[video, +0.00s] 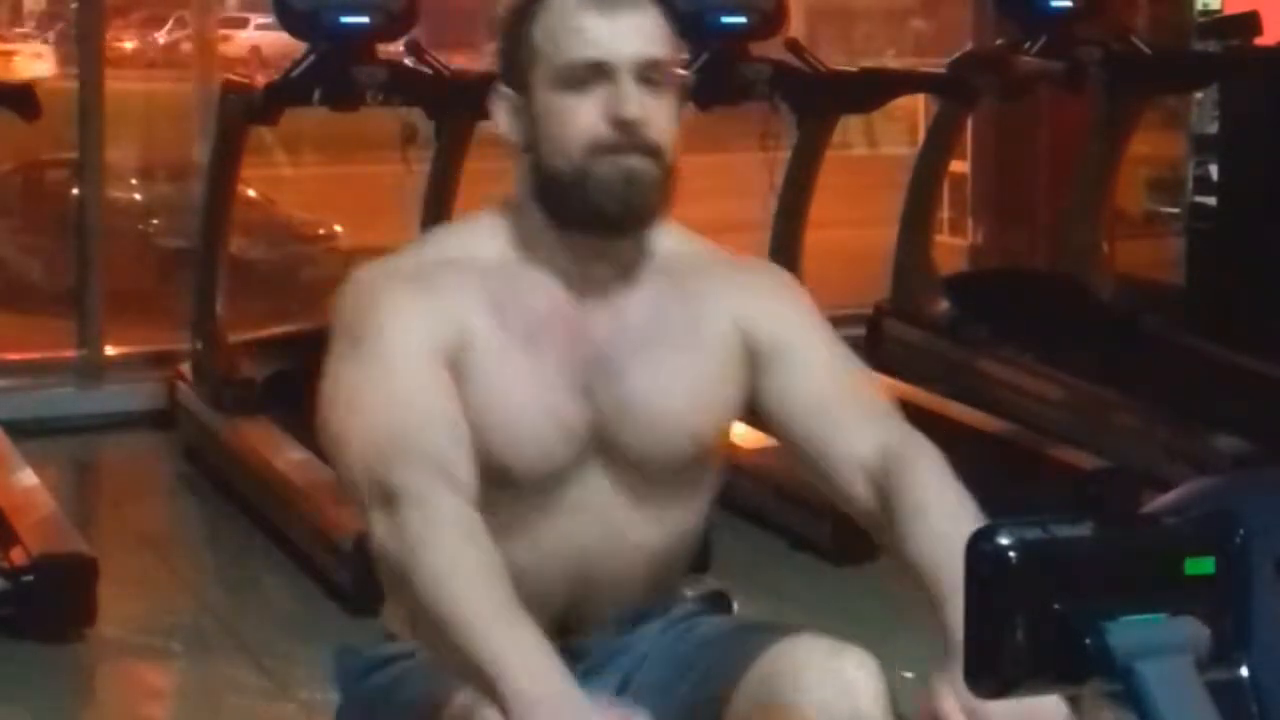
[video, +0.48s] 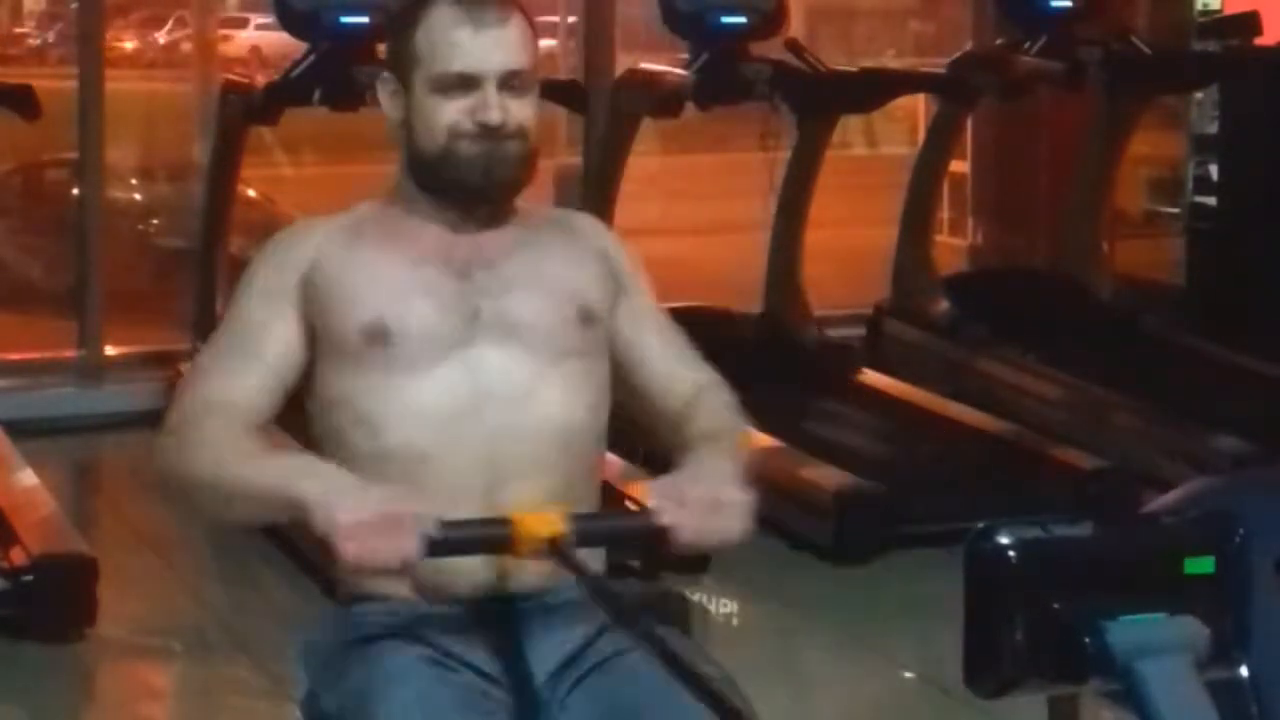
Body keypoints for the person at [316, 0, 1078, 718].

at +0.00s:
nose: (627, 113)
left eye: (654, 81)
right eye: (583, 82)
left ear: (683, 106)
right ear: (511, 113)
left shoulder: (746, 299)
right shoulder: (404, 301)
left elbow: (889, 467)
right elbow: (419, 513)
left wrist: (1004, 652)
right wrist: (550, 698)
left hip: (655, 641)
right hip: (455, 652)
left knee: (836, 682)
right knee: (492, 715)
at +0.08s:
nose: (594, 95)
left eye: (615, 66)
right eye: (551, 67)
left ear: (645, 88)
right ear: (480, 96)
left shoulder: (716, 279)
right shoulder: (386, 279)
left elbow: (850, 431)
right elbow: (393, 472)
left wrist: (936, 593)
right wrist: (510, 638)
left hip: (640, 629)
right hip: (430, 642)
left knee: (829, 685)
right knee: (522, 704)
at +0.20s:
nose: (550, 79)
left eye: (573, 52)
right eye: (510, 54)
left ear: (603, 75)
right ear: (442, 80)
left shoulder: (672, 252)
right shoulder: (356, 259)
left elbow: (802, 399)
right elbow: (344, 430)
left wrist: (878, 537)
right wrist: (464, 575)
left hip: (614, 627)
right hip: (419, 632)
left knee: (775, 700)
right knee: (494, 710)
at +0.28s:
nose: (527, 81)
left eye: (550, 53)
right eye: (488, 55)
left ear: (579, 71)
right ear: (422, 76)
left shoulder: (647, 245)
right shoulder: (341, 255)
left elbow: (772, 392)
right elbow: (307, 420)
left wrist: (834, 515)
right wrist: (432, 553)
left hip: (601, 622)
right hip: (415, 624)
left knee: (752, 699)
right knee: (459, 696)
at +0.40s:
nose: (495, 113)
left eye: (515, 86)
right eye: (459, 87)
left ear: (539, 100)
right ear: (395, 100)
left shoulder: (593, 250)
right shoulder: (314, 257)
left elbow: (711, 398)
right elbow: (205, 441)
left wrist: (735, 463)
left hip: (579, 621)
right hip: (401, 630)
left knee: (692, 712)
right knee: (410, 708)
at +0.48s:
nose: (493, 113)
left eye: (513, 88)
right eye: (457, 89)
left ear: (538, 100)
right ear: (396, 100)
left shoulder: (588, 251)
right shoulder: (313, 258)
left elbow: (698, 401)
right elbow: (196, 440)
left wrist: (714, 469)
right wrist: (328, 489)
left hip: (579, 621)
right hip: (405, 632)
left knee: (686, 712)